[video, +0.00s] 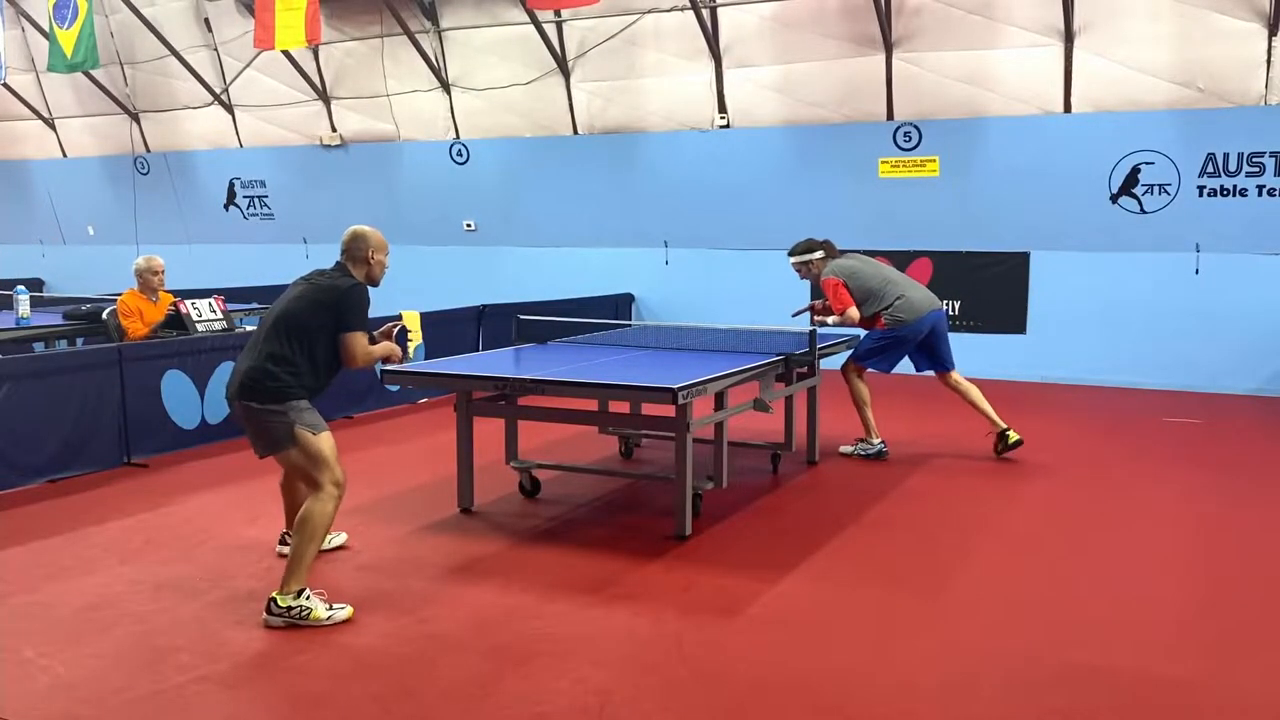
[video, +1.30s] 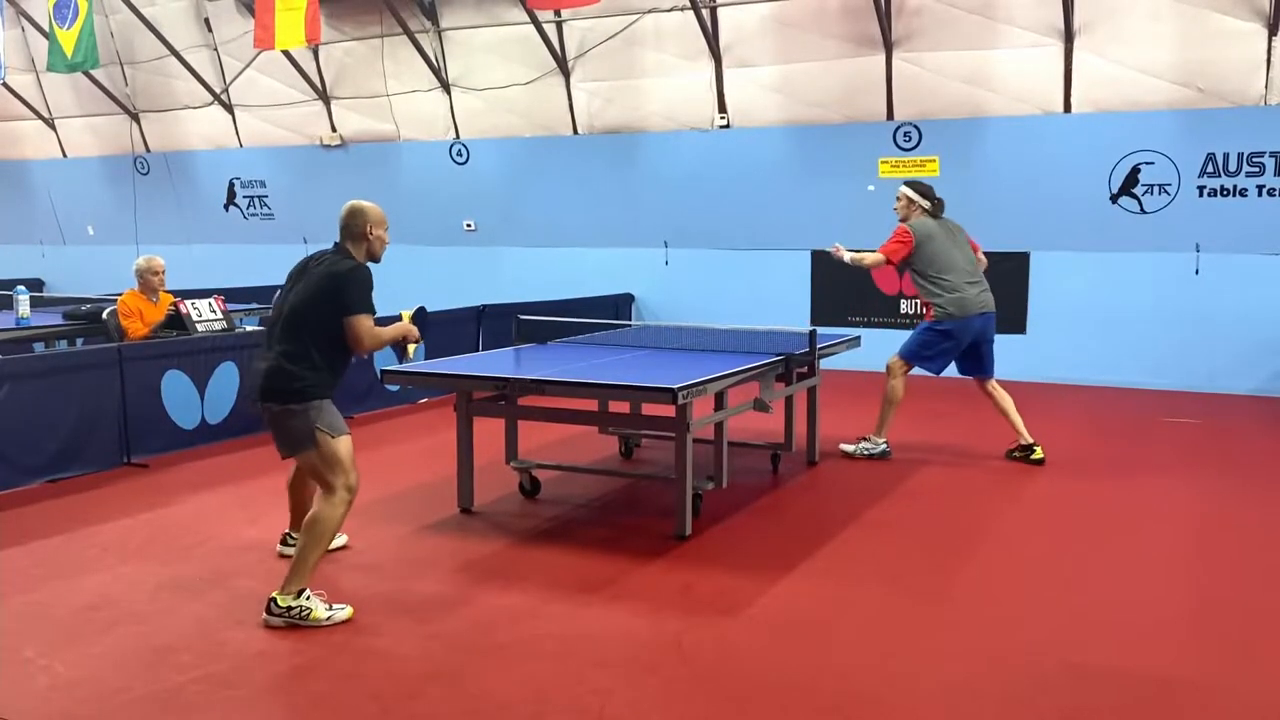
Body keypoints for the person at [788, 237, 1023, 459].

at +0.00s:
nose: (800, 276)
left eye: (800, 269)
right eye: (797, 270)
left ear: (815, 263)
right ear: (823, 257)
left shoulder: (830, 275)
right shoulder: (853, 260)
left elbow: (852, 316)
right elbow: (869, 305)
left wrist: (829, 318)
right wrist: (831, 306)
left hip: (902, 318)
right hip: (933, 309)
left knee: (852, 371)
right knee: (950, 377)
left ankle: (873, 441)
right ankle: (1003, 430)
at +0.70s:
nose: (828, 259)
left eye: (830, 253)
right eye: (827, 254)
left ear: (847, 248)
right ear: (854, 245)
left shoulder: (856, 267)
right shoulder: (885, 256)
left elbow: (861, 317)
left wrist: (831, 321)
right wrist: (852, 318)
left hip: (916, 330)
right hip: (946, 325)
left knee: (853, 369)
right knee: (963, 393)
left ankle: (872, 441)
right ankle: (1023, 440)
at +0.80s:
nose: (839, 249)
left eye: (842, 243)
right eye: (838, 243)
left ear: (860, 240)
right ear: (866, 238)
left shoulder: (868, 259)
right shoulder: (896, 249)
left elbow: (858, 309)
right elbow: (894, 292)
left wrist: (827, 316)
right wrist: (858, 285)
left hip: (921, 327)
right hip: (952, 323)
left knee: (858, 367)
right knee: (967, 392)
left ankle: (873, 440)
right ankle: (1025, 441)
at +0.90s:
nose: (854, 237)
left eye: (856, 231)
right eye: (852, 231)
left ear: (874, 230)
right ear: (884, 229)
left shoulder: (877, 251)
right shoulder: (909, 243)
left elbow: (858, 295)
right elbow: (898, 281)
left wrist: (827, 293)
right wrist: (864, 266)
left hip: (927, 324)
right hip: (959, 321)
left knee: (865, 366)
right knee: (971, 390)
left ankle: (873, 440)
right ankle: (1026, 442)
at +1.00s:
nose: (867, 227)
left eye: (870, 221)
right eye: (866, 221)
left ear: (888, 222)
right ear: (894, 221)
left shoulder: (888, 244)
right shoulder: (921, 237)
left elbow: (857, 281)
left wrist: (831, 258)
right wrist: (873, 264)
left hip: (933, 321)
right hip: (966, 318)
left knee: (873, 364)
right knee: (976, 387)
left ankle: (873, 440)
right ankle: (1026, 442)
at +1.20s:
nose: (888, 210)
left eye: (893, 204)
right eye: (890, 204)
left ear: (910, 208)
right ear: (917, 209)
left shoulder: (906, 232)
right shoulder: (944, 228)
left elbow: (866, 262)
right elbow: (943, 266)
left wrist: (841, 251)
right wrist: (911, 283)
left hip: (948, 317)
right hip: (981, 313)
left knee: (892, 367)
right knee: (984, 382)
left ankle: (875, 440)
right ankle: (1027, 442)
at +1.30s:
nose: (895, 205)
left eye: (900, 200)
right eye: (897, 199)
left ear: (917, 205)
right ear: (925, 206)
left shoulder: (909, 230)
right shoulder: (953, 226)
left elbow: (872, 260)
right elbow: (981, 261)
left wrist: (845, 256)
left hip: (951, 314)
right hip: (985, 311)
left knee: (896, 367)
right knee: (987, 382)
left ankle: (877, 440)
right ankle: (1027, 442)